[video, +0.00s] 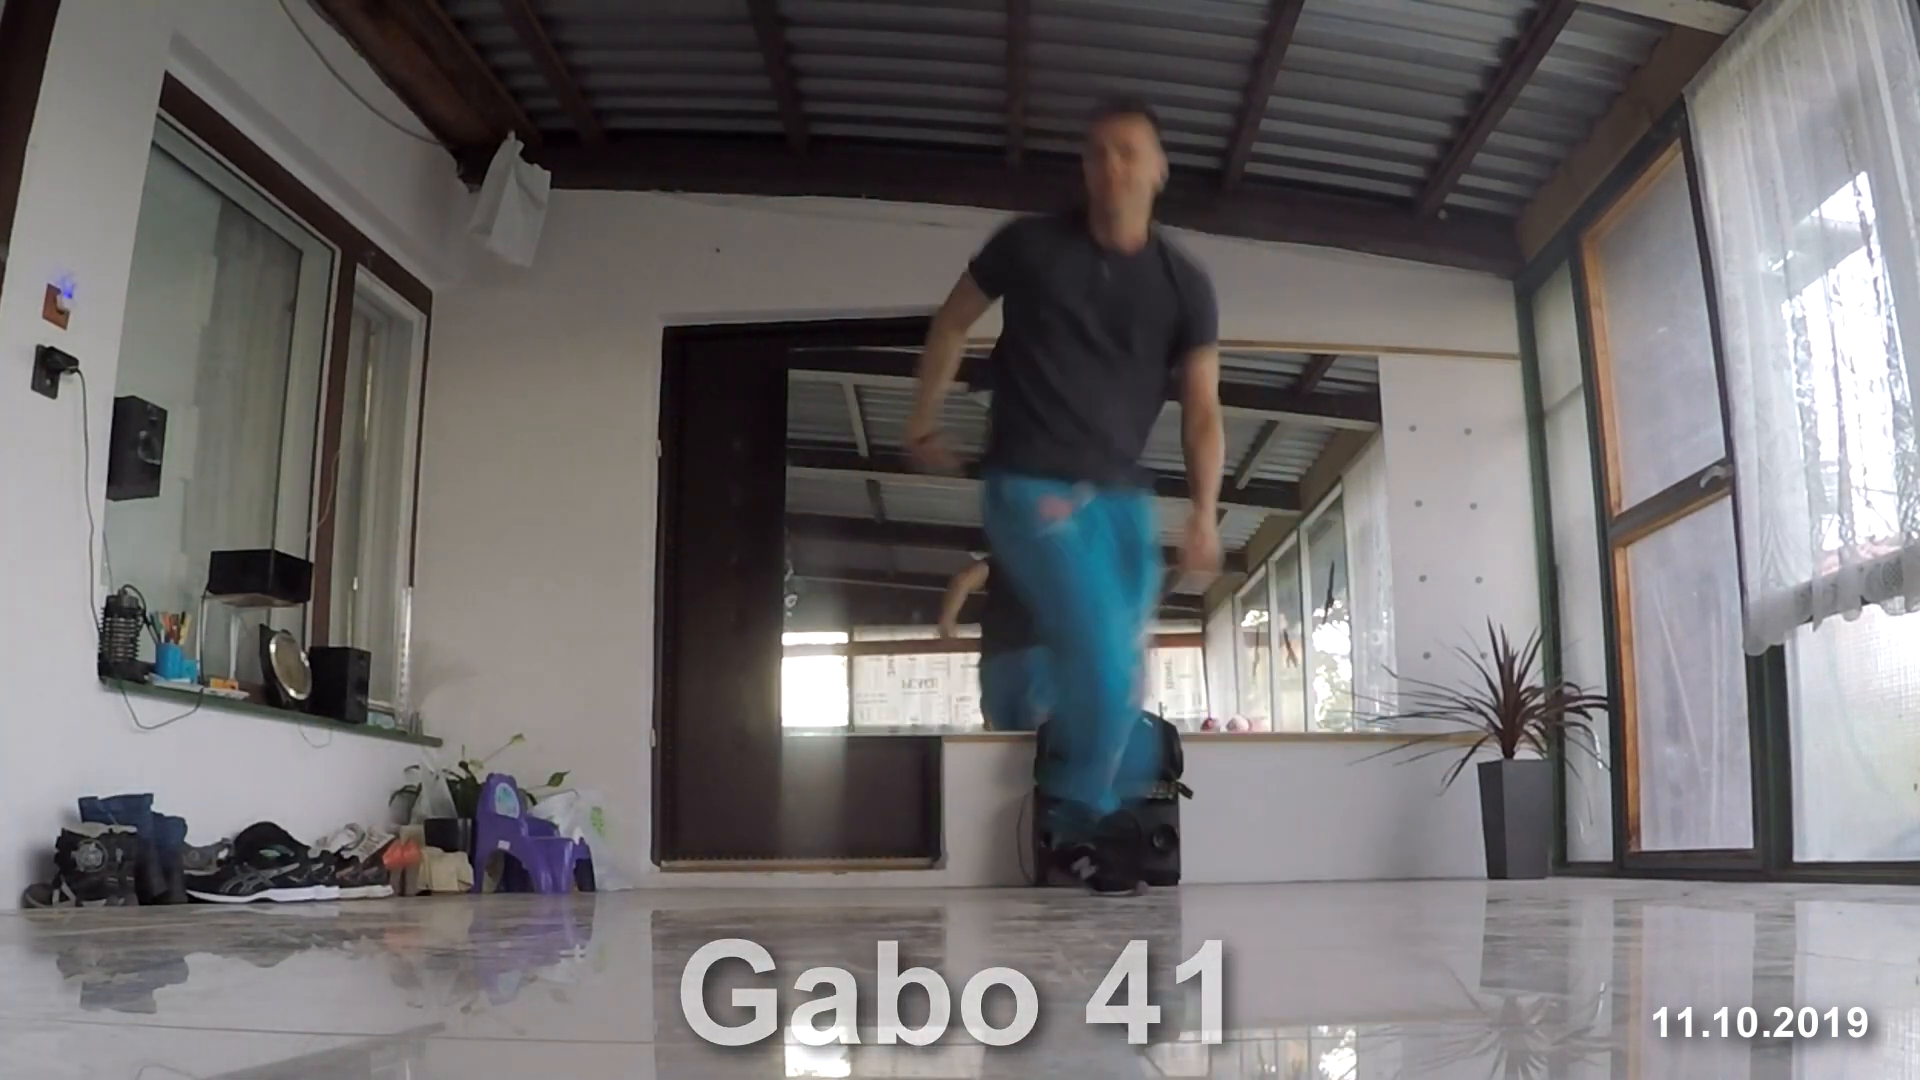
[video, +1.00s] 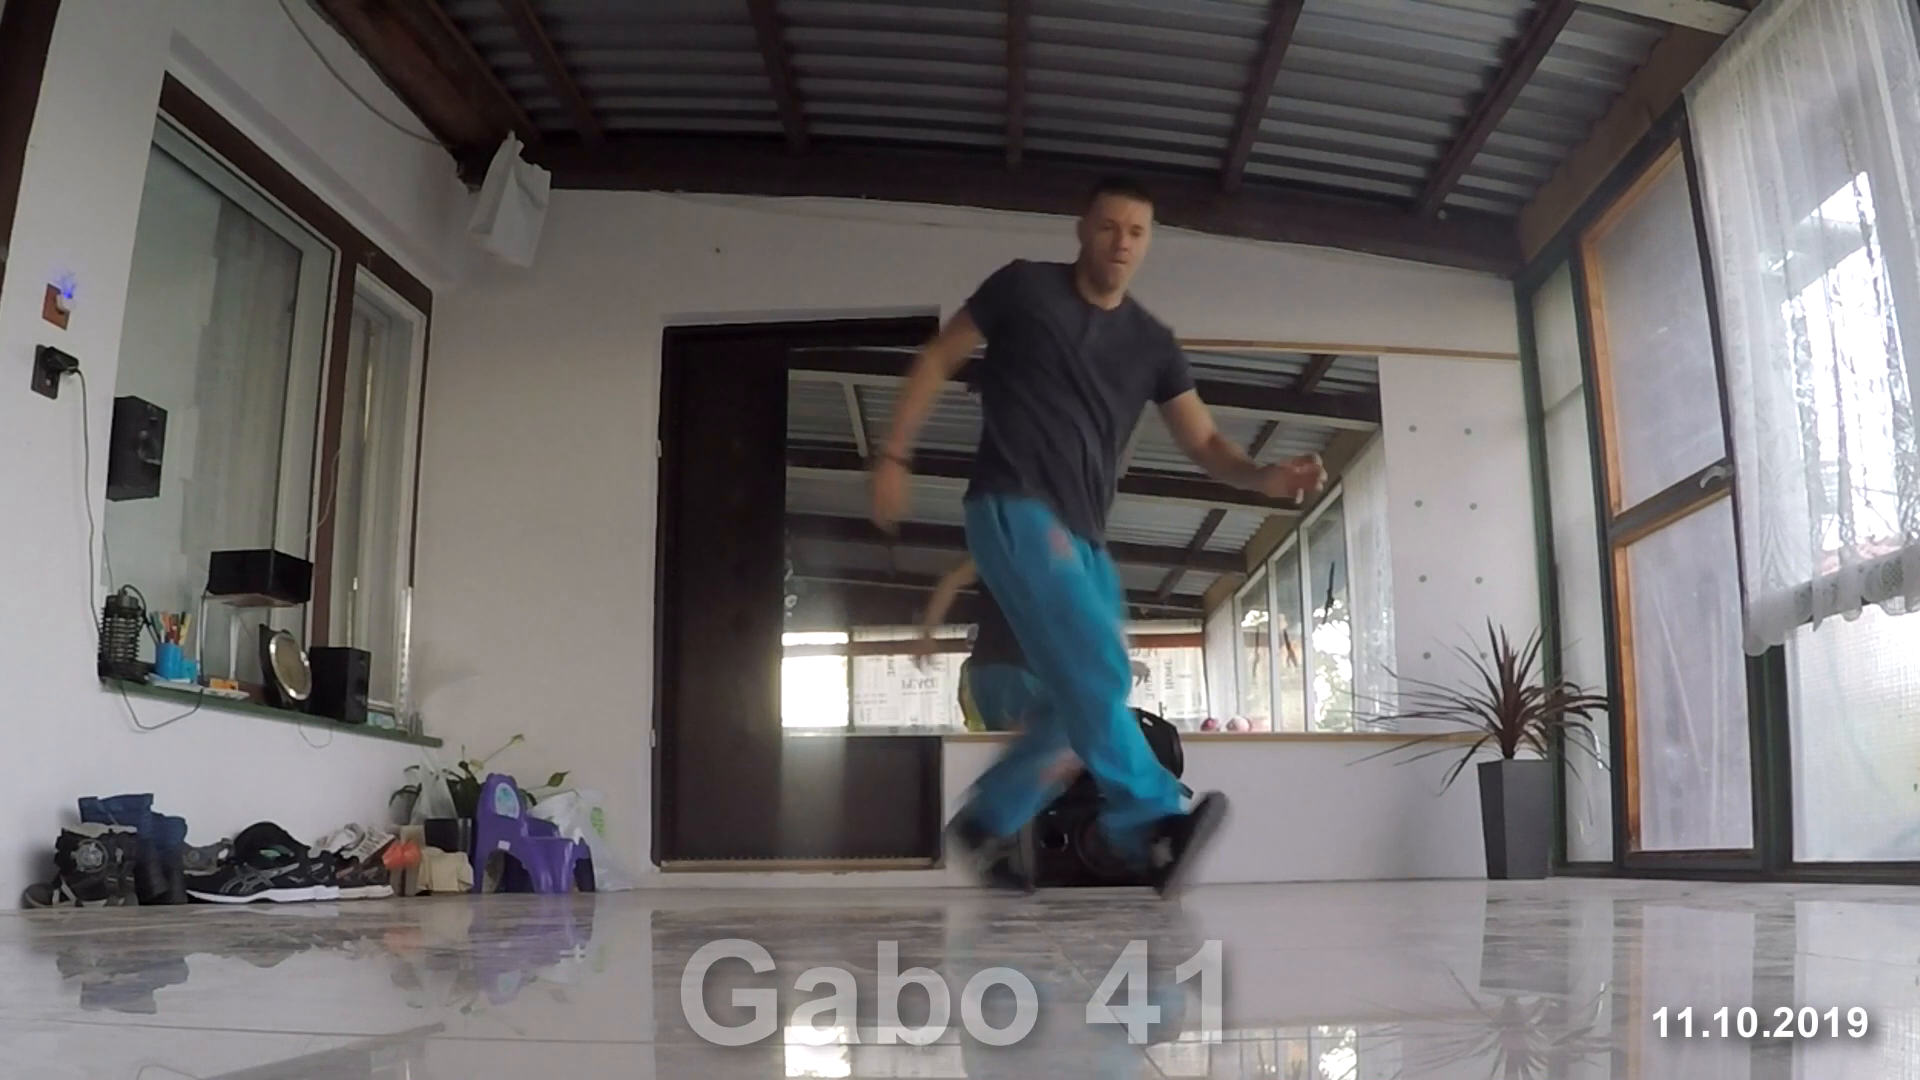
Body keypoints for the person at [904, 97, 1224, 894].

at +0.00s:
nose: (1111, 167)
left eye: (1127, 153)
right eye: (1097, 153)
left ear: (1160, 169)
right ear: (1081, 167)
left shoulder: (1183, 281)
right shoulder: (1027, 246)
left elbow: (1202, 411)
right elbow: (951, 324)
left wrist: (1205, 515)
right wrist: (922, 421)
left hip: (1123, 492)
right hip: (1033, 484)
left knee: (1118, 664)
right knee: (1102, 654)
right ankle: (1075, 825)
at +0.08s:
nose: (1122, 187)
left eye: (1139, 175)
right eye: (1110, 172)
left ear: (1167, 195)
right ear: (1091, 185)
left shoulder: (1183, 308)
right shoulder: (1031, 259)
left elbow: (1196, 427)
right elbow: (941, 329)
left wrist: (1210, 530)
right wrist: (900, 430)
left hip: (1104, 504)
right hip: (1018, 490)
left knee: (1103, 673)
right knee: (1053, 656)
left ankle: (1068, 843)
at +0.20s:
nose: (1142, 237)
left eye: (1159, 226)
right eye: (1130, 220)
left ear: (1176, 244)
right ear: (1105, 225)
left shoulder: (1160, 349)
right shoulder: (1040, 279)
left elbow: (1143, 463)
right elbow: (921, 314)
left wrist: (1172, 550)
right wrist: (881, 424)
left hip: (1061, 539)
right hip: (969, 524)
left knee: (1129, 662)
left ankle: (1066, 831)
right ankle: (784, 752)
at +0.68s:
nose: (1122, 258)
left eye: (1137, 249)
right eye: (1112, 241)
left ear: (1147, 264)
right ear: (1087, 241)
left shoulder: (1123, 367)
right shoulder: (1021, 275)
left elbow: (1104, 481)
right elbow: (906, 282)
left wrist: (1096, 583)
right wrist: (824, 356)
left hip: (1025, 525)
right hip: (940, 500)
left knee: (1053, 674)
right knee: (919, 653)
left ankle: (1036, 842)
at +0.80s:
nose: (1121, 225)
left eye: (1136, 217)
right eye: (1110, 209)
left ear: (1146, 233)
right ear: (1083, 209)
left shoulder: (1131, 339)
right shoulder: (1016, 250)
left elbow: (1125, 456)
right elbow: (903, 286)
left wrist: (1135, 555)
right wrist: (822, 361)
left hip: (1048, 497)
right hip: (970, 471)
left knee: (1058, 649)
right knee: (1009, 616)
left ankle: (1017, 812)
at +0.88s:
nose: (1110, 243)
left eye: (1124, 232)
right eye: (1099, 227)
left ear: (1138, 245)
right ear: (1071, 228)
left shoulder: (1139, 346)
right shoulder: (1012, 285)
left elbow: (1179, 453)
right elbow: (919, 333)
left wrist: (1228, 505)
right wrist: (852, 416)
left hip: (1077, 529)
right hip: (1007, 515)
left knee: (1031, 680)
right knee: (1070, 662)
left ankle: (972, 844)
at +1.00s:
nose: (1120, 243)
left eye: (1134, 233)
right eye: (1108, 228)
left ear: (1148, 244)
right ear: (1081, 230)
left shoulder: (1151, 341)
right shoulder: (1023, 289)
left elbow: (1204, 441)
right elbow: (936, 361)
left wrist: (1264, 477)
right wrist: (892, 457)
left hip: (1083, 530)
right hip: (1015, 507)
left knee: (1095, 680)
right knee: (1092, 664)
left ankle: (983, 823)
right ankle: (1157, 821)